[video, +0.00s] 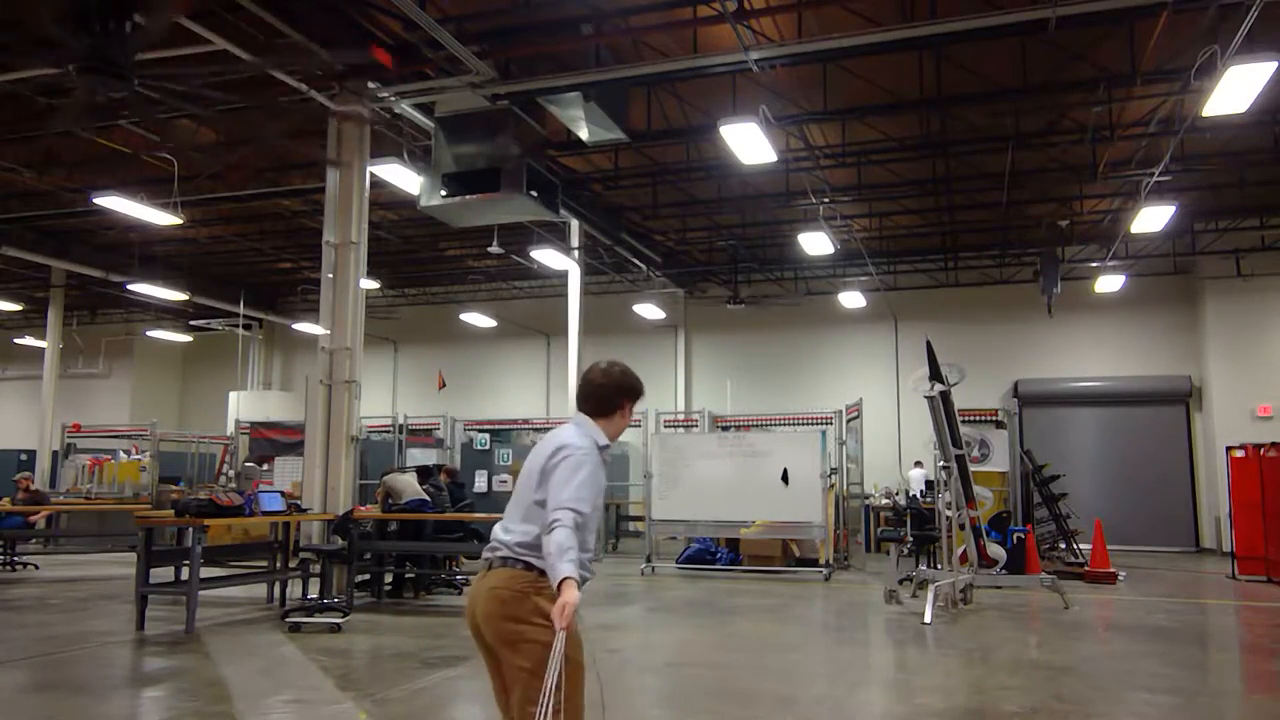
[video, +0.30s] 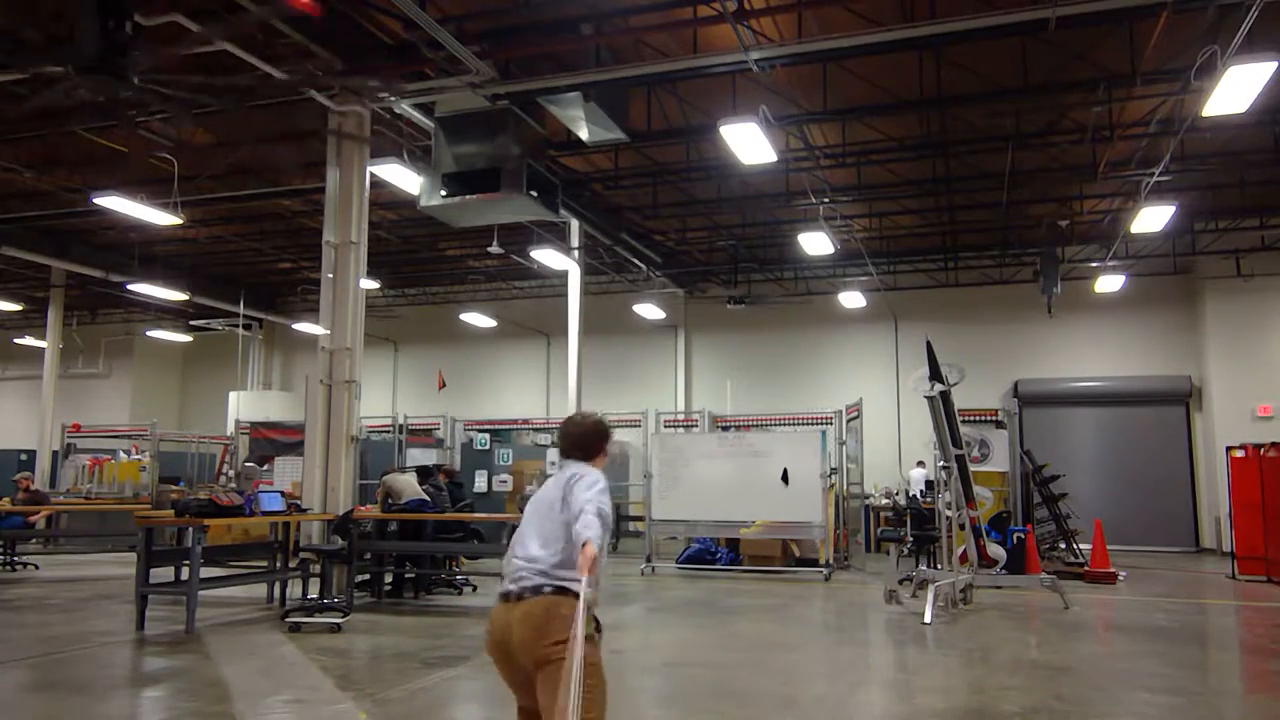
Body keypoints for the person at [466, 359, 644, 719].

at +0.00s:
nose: (632, 417)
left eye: (633, 408)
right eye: (633, 408)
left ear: (585, 399)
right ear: (625, 409)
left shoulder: (557, 439)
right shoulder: (579, 450)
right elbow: (562, 521)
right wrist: (568, 584)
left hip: (490, 585)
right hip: (524, 592)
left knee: (521, 709)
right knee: (552, 711)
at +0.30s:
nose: (608, 452)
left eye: (606, 445)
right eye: (608, 446)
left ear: (563, 449)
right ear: (602, 451)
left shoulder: (547, 486)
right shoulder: (590, 477)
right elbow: (588, 509)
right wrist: (589, 543)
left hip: (505, 614)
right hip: (553, 612)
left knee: (531, 710)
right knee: (577, 712)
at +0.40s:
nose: (589, 458)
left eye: (588, 454)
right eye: (588, 454)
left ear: (546, 460)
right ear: (583, 457)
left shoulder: (535, 495)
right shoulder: (579, 476)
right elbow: (585, 492)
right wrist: (593, 508)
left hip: (512, 606)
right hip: (563, 602)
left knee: (532, 708)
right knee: (578, 711)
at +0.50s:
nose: (581, 465)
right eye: (579, 461)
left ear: (540, 469)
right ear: (574, 463)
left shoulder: (531, 501)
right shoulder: (567, 481)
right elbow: (583, 479)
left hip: (519, 597)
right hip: (569, 594)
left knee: (538, 710)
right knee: (587, 707)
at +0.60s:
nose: (583, 469)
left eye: (583, 463)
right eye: (580, 463)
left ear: (544, 468)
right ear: (573, 463)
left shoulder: (538, 502)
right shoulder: (565, 478)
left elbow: (575, 545)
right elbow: (590, 464)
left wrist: (620, 542)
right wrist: (619, 433)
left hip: (528, 589)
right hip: (575, 582)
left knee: (542, 707)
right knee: (612, 684)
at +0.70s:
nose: (597, 463)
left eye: (597, 459)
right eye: (593, 458)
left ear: (560, 463)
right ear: (585, 459)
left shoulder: (552, 492)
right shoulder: (579, 470)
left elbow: (577, 544)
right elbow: (614, 448)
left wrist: (622, 541)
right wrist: (645, 406)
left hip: (541, 574)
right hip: (586, 567)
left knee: (547, 686)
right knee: (616, 665)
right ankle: (608, 714)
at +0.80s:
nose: (610, 463)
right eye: (607, 460)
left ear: (572, 467)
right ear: (601, 461)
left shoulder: (563, 489)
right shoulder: (603, 469)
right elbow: (640, 443)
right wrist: (666, 396)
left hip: (554, 567)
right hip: (598, 565)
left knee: (557, 667)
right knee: (605, 657)